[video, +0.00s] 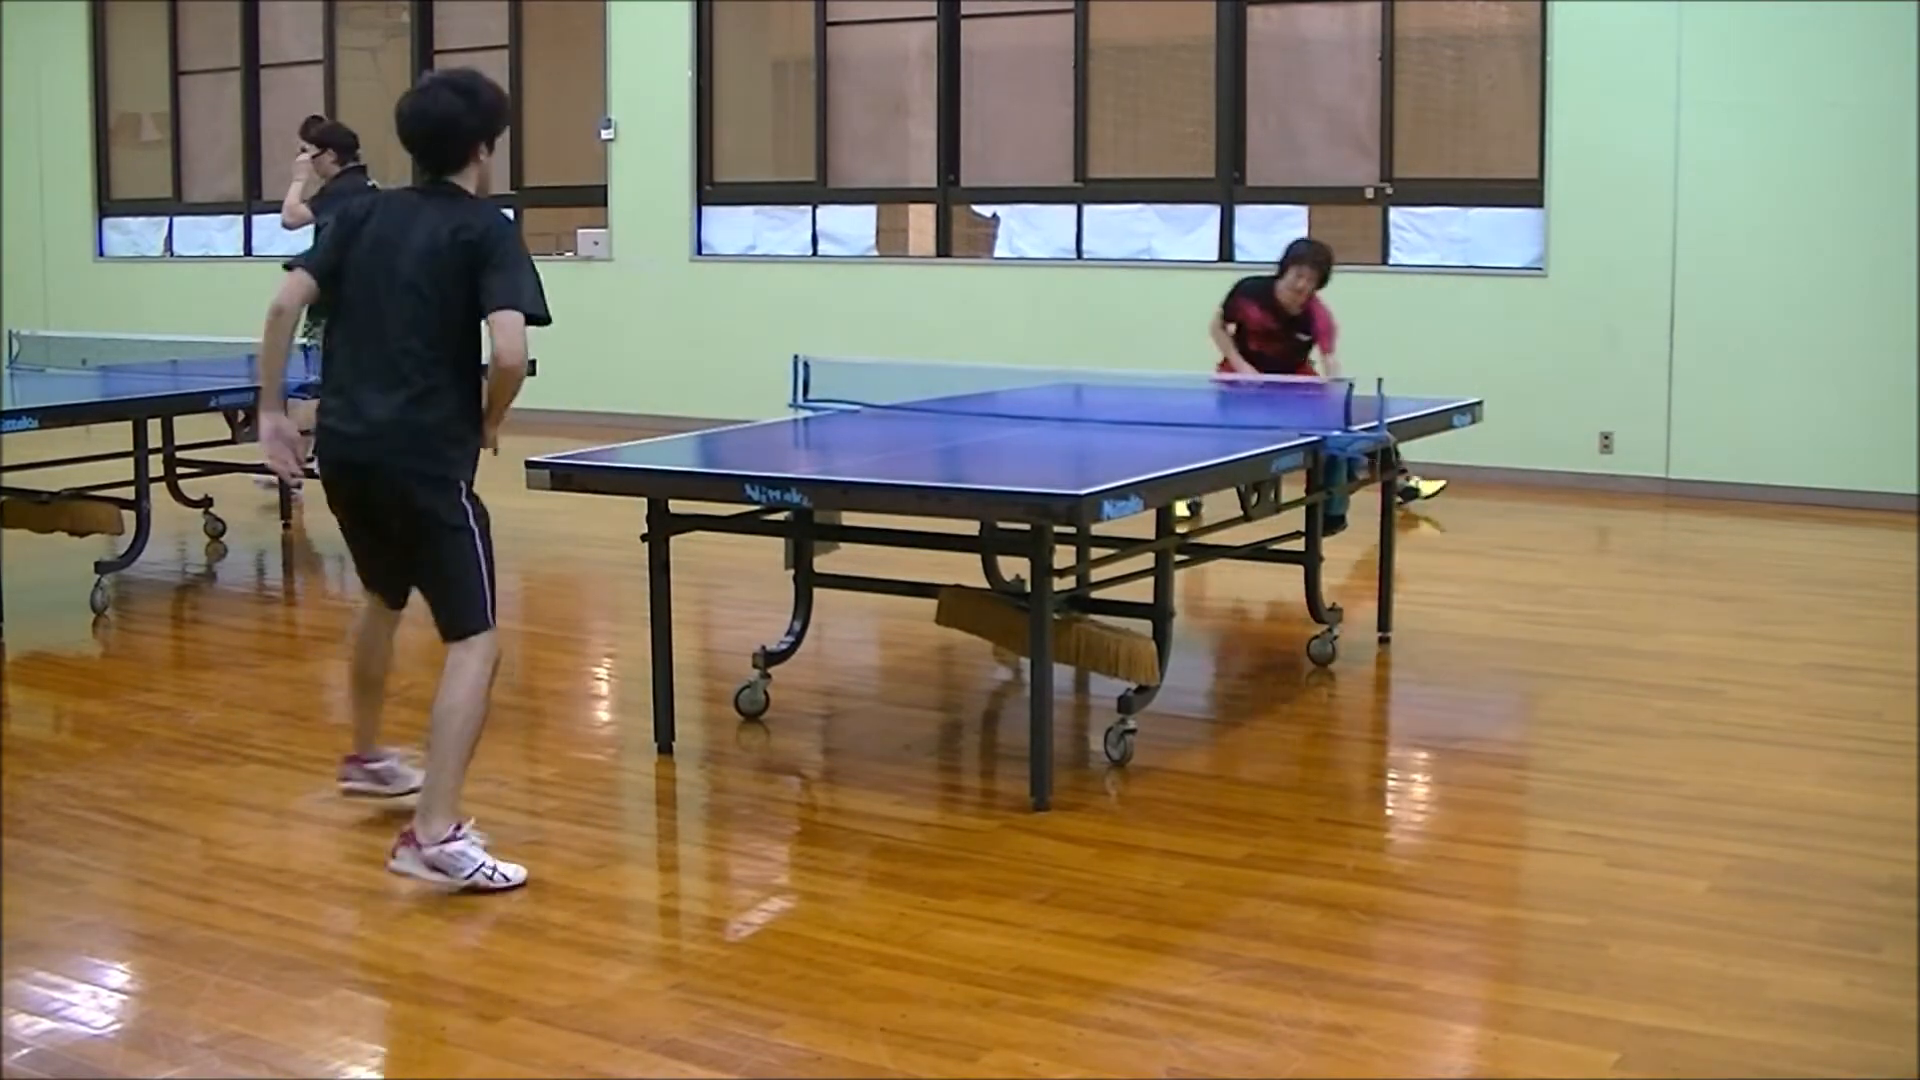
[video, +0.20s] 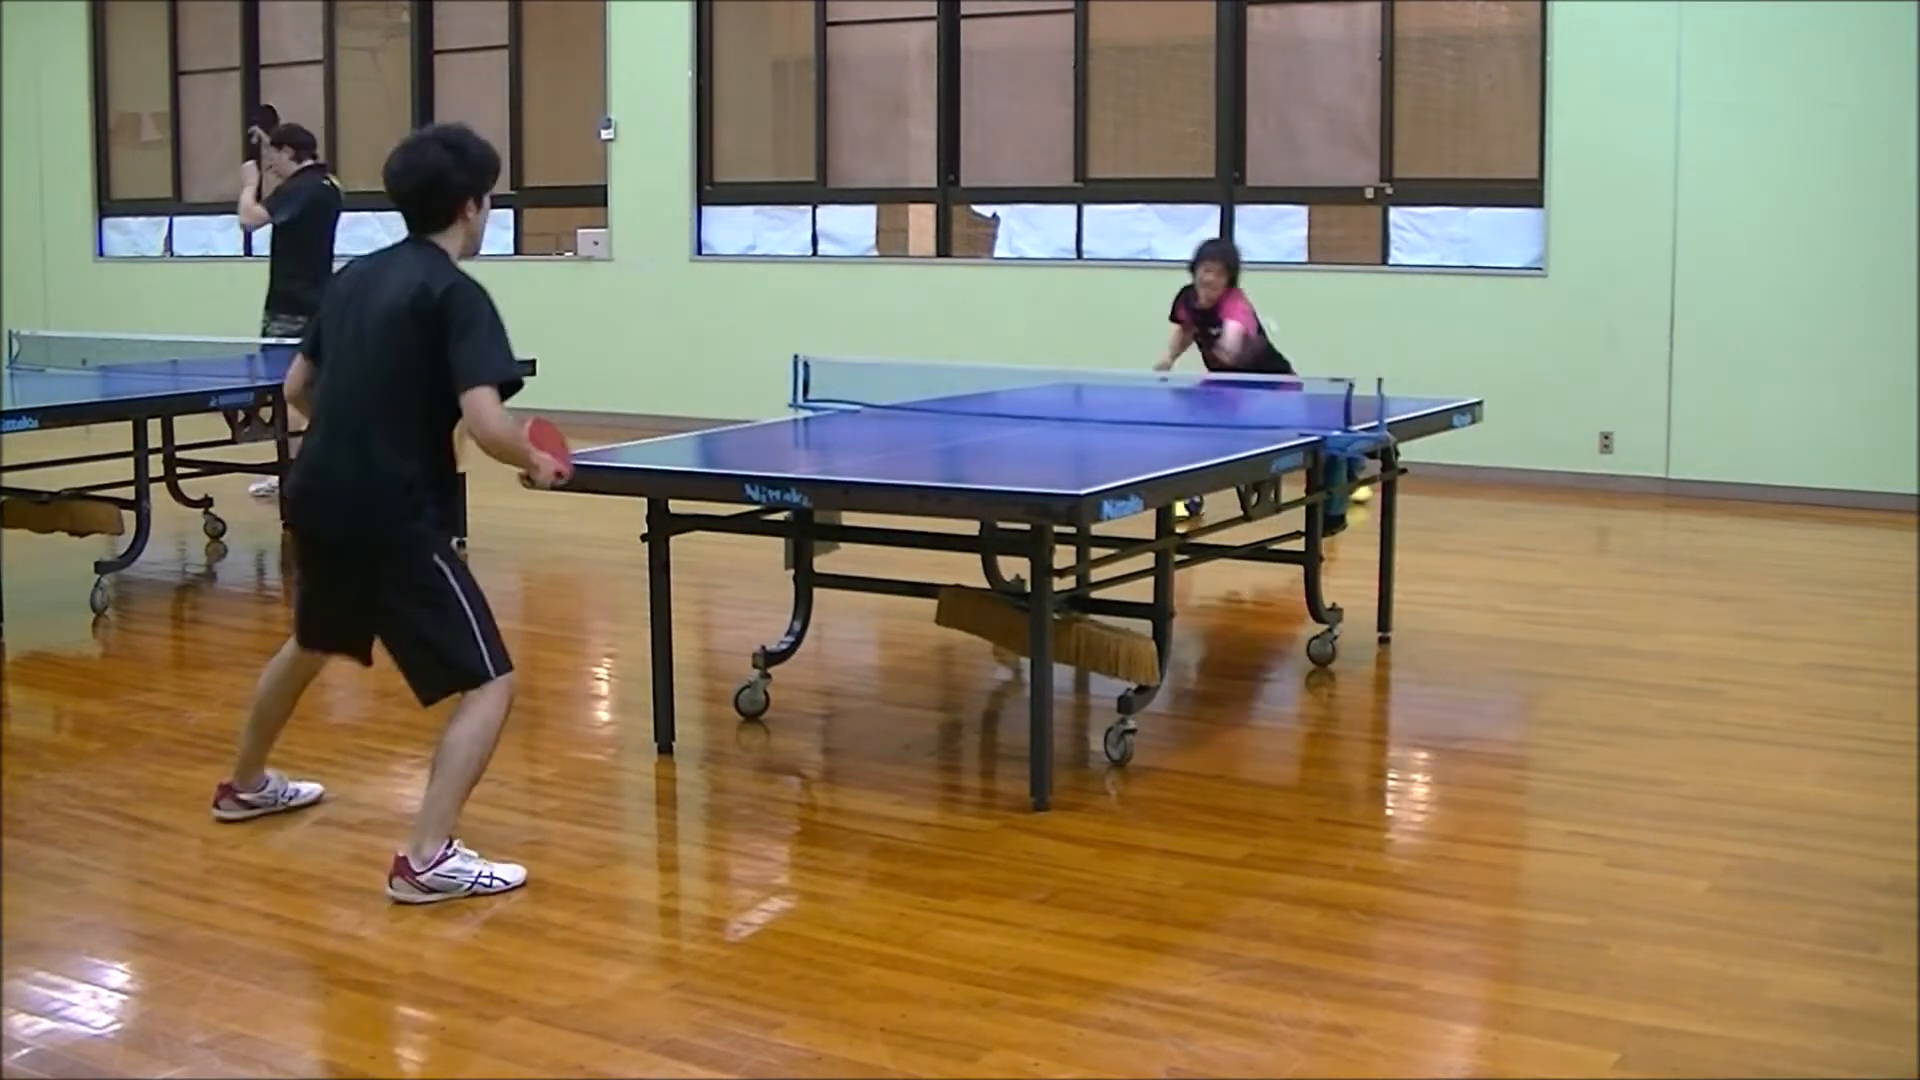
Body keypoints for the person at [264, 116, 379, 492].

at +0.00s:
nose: (305, 160)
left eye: (310, 153)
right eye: (304, 153)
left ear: (334, 156)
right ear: (345, 156)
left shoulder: (340, 192)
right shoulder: (367, 189)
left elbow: (290, 218)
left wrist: (299, 179)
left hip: (335, 308)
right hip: (362, 306)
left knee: (311, 386)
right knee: (347, 387)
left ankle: (291, 463)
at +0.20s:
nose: (269, 163)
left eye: (271, 156)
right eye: (268, 157)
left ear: (290, 153)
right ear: (302, 153)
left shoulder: (305, 186)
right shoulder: (324, 185)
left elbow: (250, 218)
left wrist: (249, 186)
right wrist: (264, 185)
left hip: (290, 310)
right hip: (311, 307)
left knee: (282, 397)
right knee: (300, 394)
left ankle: (291, 473)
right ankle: (299, 471)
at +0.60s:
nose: (217, 156)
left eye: (219, 153)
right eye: (220, 153)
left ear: (225, 158)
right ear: (253, 157)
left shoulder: (224, 194)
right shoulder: (263, 186)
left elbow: (180, 236)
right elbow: (234, 152)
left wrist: (177, 209)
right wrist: (198, 135)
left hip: (227, 306)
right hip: (253, 299)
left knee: (228, 389)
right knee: (239, 385)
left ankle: (273, 469)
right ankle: (221, 471)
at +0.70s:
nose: (204, 155)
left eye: (205, 152)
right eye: (206, 152)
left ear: (210, 158)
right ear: (238, 158)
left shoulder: (211, 193)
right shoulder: (248, 186)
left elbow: (177, 240)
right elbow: (214, 151)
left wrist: (166, 216)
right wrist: (177, 136)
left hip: (210, 305)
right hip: (238, 300)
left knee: (190, 387)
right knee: (227, 383)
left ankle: (246, 440)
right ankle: (219, 467)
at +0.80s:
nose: (186, 155)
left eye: (189, 151)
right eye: (188, 151)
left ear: (196, 156)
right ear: (222, 156)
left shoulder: (201, 188)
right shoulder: (234, 184)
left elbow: (175, 240)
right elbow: (188, 151)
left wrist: (156, 217)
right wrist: (152, 134)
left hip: (195, 303)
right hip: (225, 302)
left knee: (165, 377)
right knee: (209, 383)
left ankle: (213, 436)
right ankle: (218, 479)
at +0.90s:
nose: (171, 154)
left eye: (174, 151)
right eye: (173, 151)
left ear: (183, 157)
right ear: (203, 155)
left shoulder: (189, 186)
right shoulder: (216, 181)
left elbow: (164, 240)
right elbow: (169, 149)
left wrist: (145, 217)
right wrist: (130, 132)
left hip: (181, 300)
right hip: (212, 300)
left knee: (150, 371)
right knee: (214, 386)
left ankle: (162, 457)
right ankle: (219, 466)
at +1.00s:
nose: (153, 161)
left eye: (156, 157)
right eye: (154, 157)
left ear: (165, 162)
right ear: (186, 158)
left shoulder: (172, 190)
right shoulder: (201, 184)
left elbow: (147, 243)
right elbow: (152, 151)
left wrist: (129, 215)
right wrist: (115, 132)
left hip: (164, 305)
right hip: (198, 303)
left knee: (141, 381)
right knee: (209, 389)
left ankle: (130, 459)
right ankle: (218, 465)